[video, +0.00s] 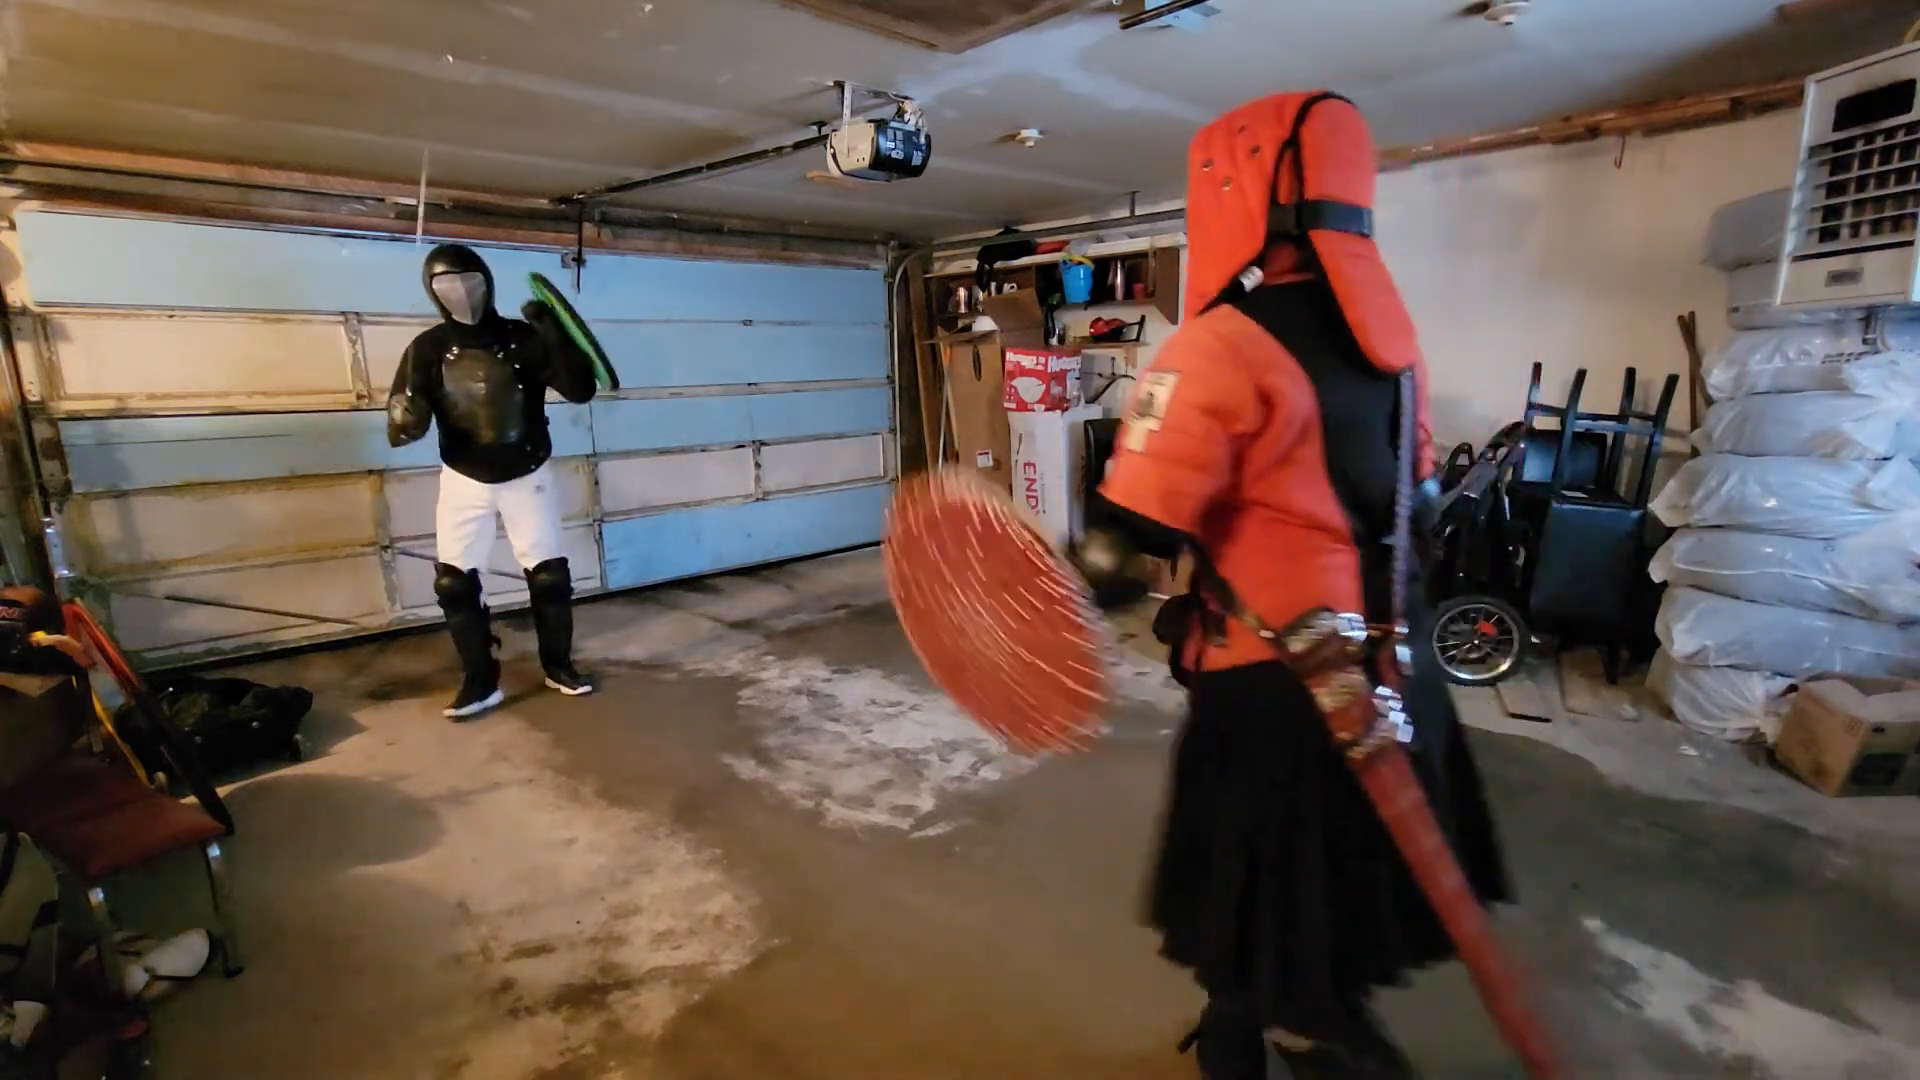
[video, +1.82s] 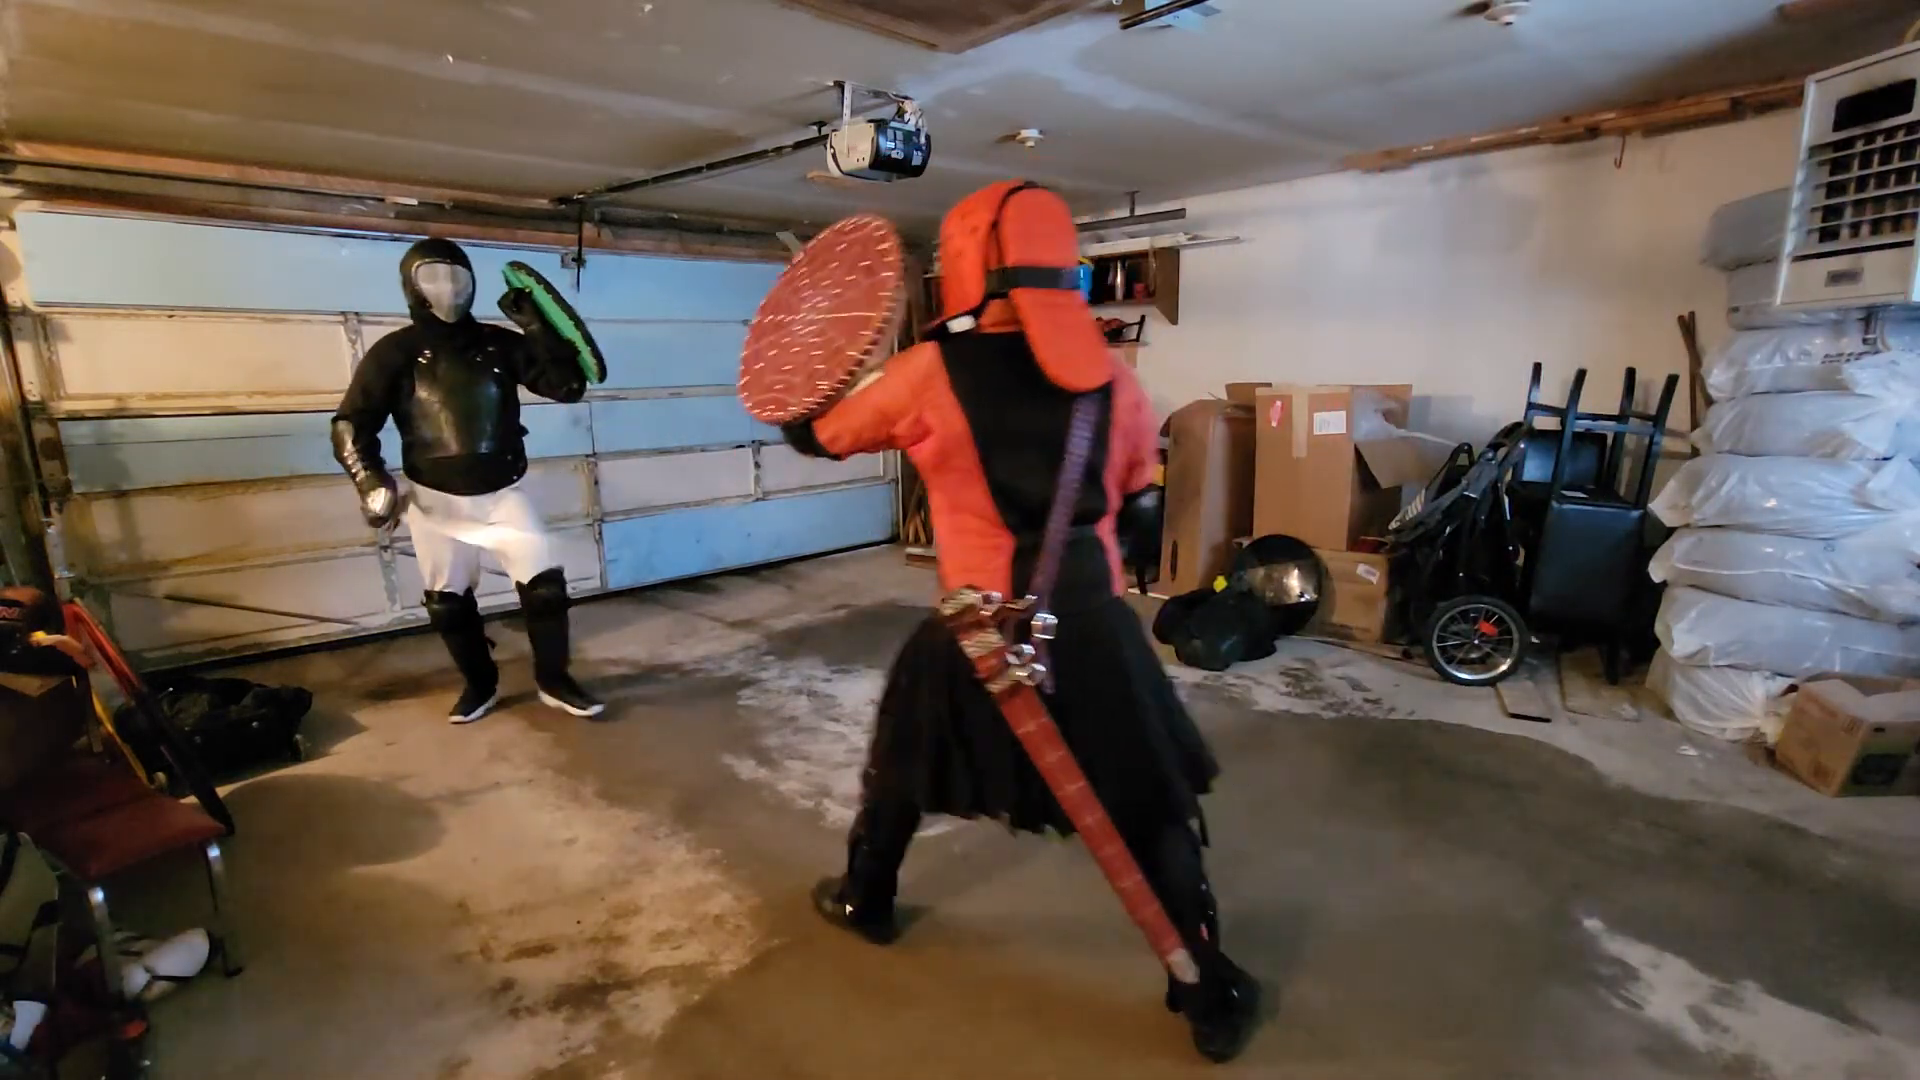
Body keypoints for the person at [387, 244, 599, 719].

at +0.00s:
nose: (457, 292)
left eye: (465, 281)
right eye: (445, 284)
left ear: (483, 282)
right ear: (434, 291)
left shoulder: (525, 337)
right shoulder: (427, 349)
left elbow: (581, 389)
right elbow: (401, 431)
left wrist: (555, 334)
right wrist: (405, 417)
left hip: (527, 476)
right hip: (463, 479)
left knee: (549, 575)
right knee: (453, 583)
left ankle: (558, 666)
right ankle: (480, 681)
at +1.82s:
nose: (449, 288)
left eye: (456, 276)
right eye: (435, 277)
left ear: (470, 281)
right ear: (413, 286)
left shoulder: (503, 344)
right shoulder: (396, 354)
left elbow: (567, 384)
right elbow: (351, 424)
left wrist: (537, 324)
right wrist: (371, 484)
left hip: (504, 498)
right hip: (434, 503)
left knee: (545, 583)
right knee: (447, 603)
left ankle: (554, 678)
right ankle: (480, 681)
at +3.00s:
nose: (514, 311)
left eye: (518, 301)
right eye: (501, 301)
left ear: (526, 307)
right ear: (474, 309)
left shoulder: (545, 366)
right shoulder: (443, 369)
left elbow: (607, 407)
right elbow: (408, 440)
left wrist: (587, 347)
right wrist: (440, 494)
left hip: (539, 511)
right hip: (469, 513)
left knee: (573, 600)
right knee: (446, 618)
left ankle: (573, 701)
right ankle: (464, 663)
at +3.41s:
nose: (462, 305)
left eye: (468, 296)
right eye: (449, 297)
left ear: (478, 302)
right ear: (425, 305)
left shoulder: (501, 359)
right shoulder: (402, 364)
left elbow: (561, 403)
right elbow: (359, 434)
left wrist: (537, 344)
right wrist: (388, 496)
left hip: (496, 496)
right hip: (432, 499)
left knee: (532, 579)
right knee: (435, 603)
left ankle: (545, 678)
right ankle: (468, 672)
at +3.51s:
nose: (458, 303)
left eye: (463, 294)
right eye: (444, 296)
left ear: (472, 300)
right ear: (419, 306)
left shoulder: (495, 358)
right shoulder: (398, 363)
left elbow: (556, 399)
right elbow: (355, 434)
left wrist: (530, 342)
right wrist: (380, 496)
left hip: (493, 494)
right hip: (429, 497)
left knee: (526, 579)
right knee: (435, 599)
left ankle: (526, 665)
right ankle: (467, 672)